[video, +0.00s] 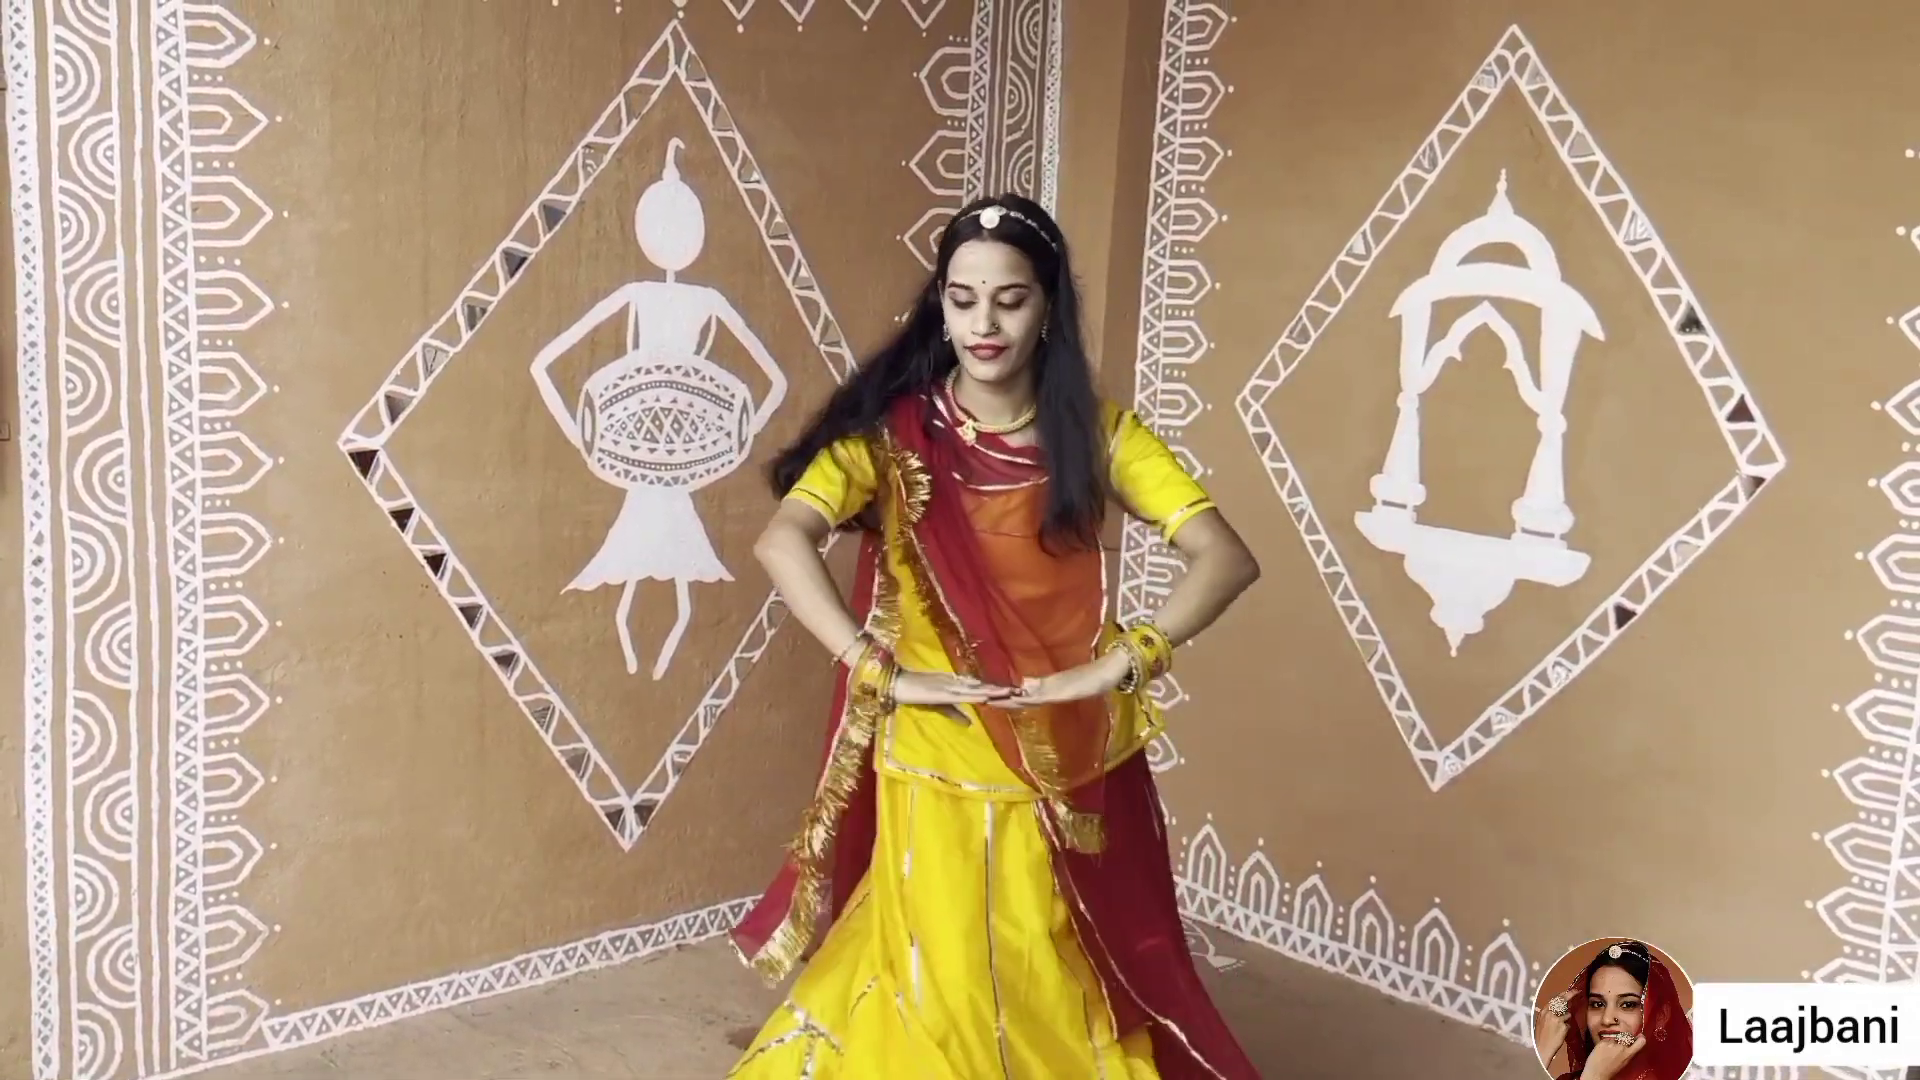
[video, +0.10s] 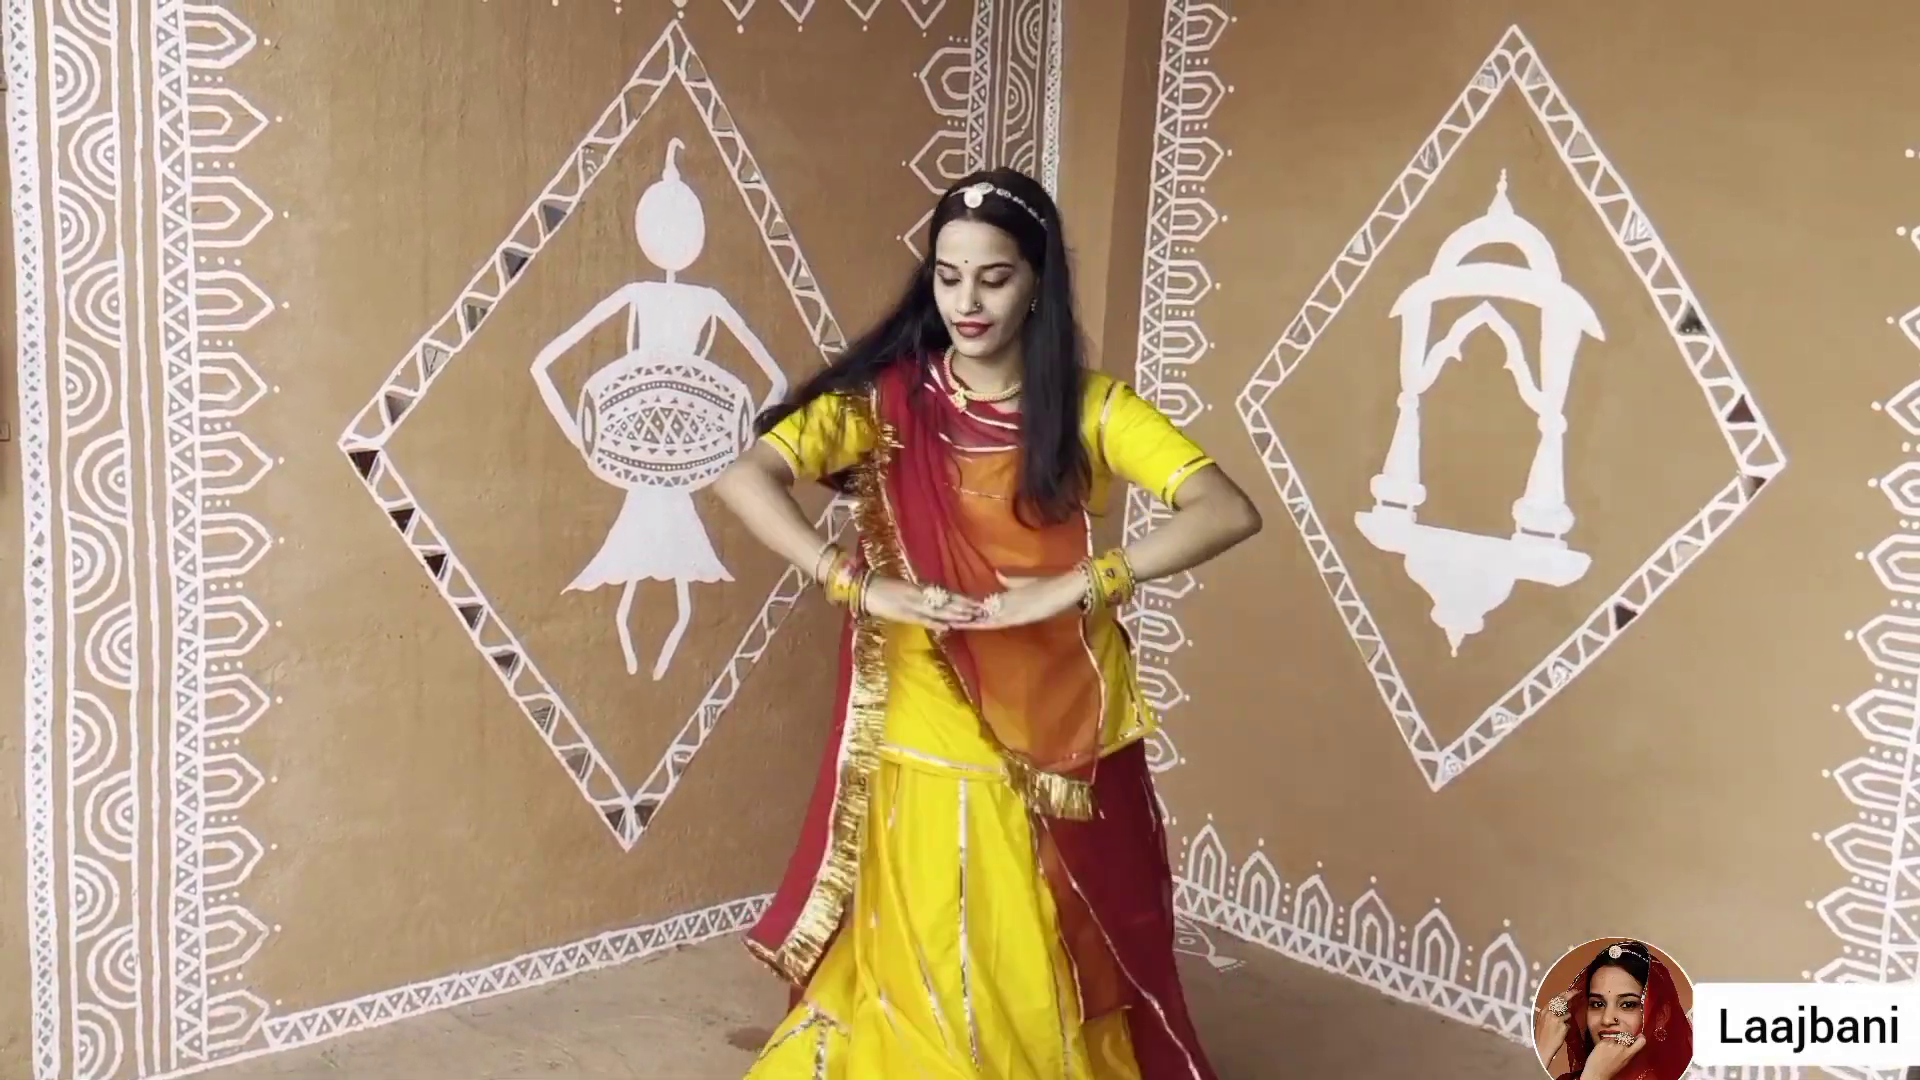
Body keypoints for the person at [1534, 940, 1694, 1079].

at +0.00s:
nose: (1607, 1019)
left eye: (1627, 1004)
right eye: (1597, 1004)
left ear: (1658, 1013)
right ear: (1585, 1012)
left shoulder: (1670, 1075)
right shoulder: (1568, 1078)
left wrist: (1595, 1075)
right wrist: (1540, 1054)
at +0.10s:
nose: (1608, 1019)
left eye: (1627, 1005)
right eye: (1597, 1004)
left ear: (1658, 1013)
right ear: (1584, 1012)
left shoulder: (1667, 1076)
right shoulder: (1566, 1078)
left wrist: (1595, 1076)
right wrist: (1539, 1056)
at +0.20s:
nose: (1607, 1019)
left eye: (1627, 1004)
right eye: (1597, 1004)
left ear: (1658, 1013)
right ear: (1585, 1012)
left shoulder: (1669, 1075)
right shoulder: (1568, 1078)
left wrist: (1595, 1075)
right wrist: (1540, 1055)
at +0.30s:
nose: (1608, 1019)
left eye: (1627, 1005)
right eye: (1597, 1004)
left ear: (1658, 1013)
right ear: (1584, 1012)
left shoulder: (1667, 1076)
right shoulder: (1566, 1078)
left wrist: (1595, 1076)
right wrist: (1539, 1056)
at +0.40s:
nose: (1607, 1019)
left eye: (1627, 1004)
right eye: (1597, 1004)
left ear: (1658, 1013)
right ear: (1585, 1012)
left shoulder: (1670, 1075)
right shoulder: (1568, 1078)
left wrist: (1595, 1075)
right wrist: (1540, 1054)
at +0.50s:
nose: (1607, 1019)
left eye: (1627, 1004)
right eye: (1597, 1004)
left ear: (1658, 1013)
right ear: (1585, 1012)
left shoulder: (1670, 1075)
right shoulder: (1568, 1078)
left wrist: (1595, 1075)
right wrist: (1540, 1055)